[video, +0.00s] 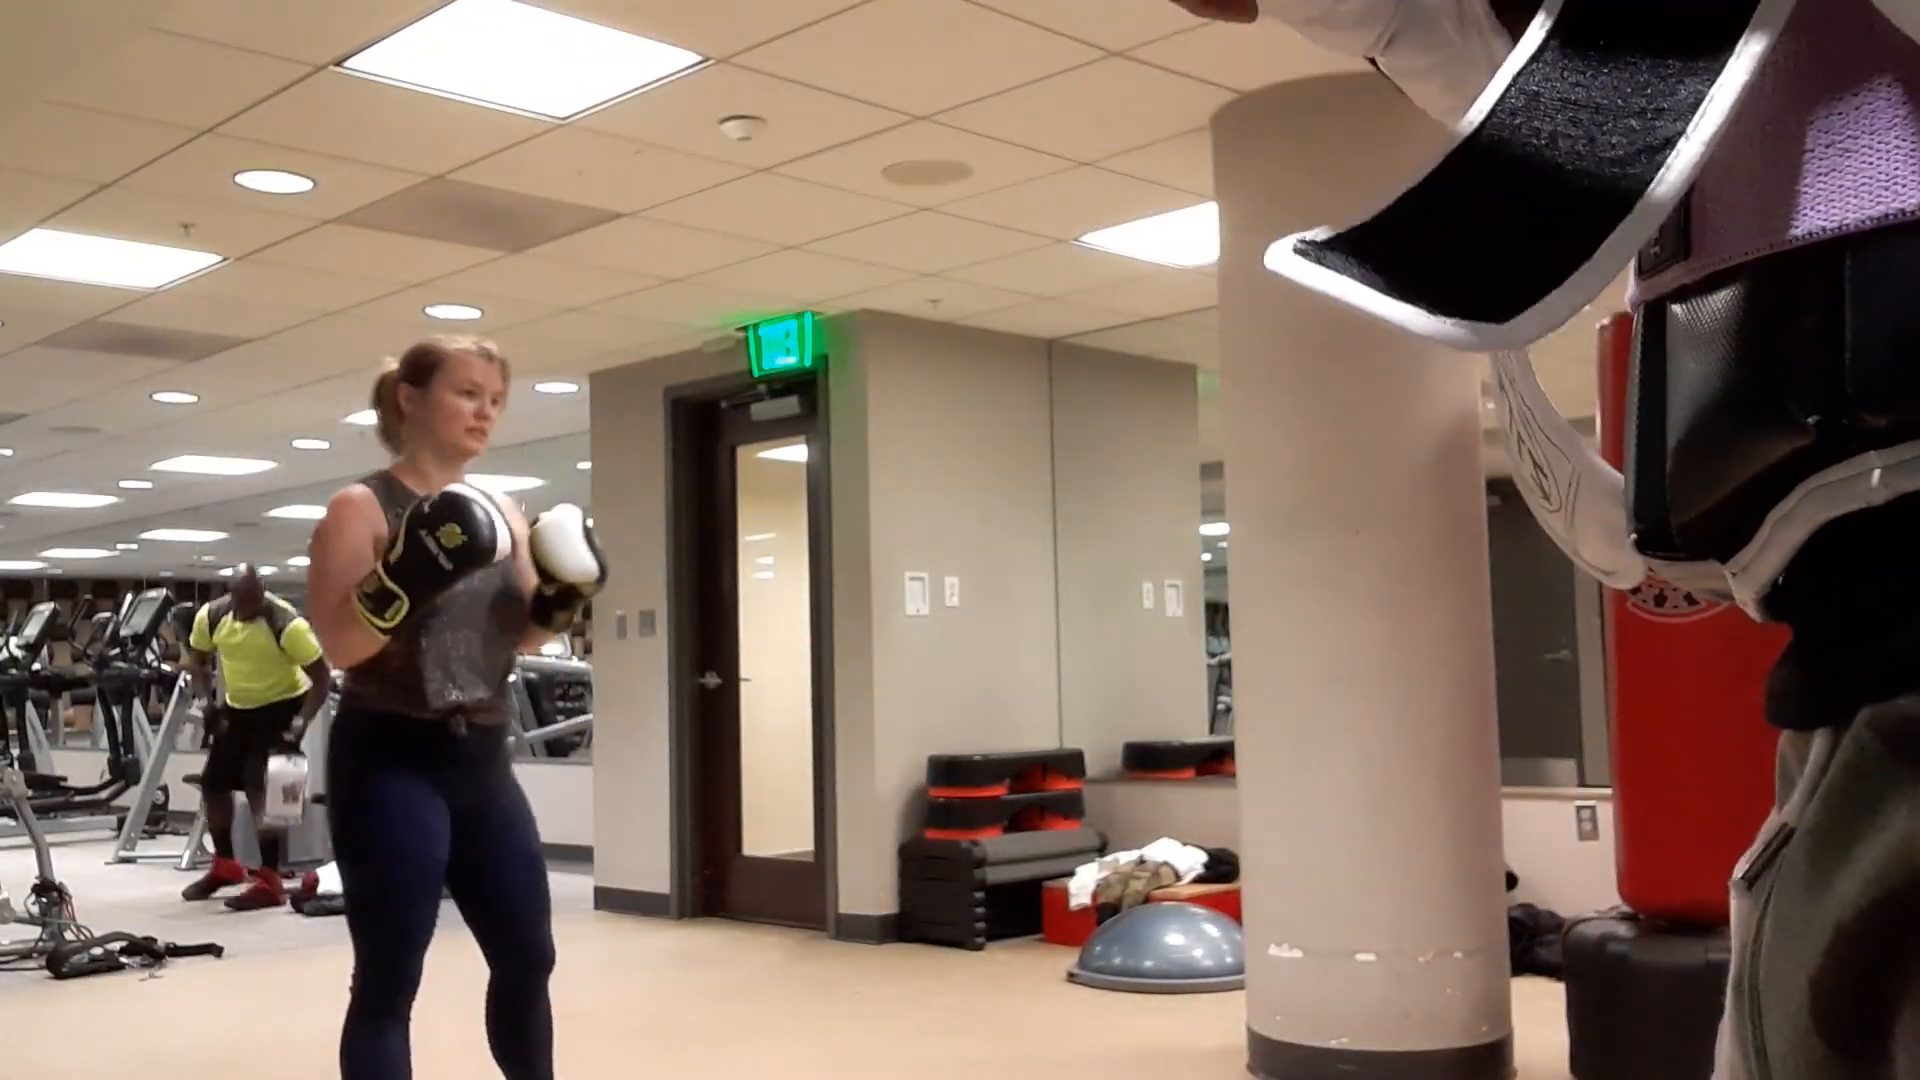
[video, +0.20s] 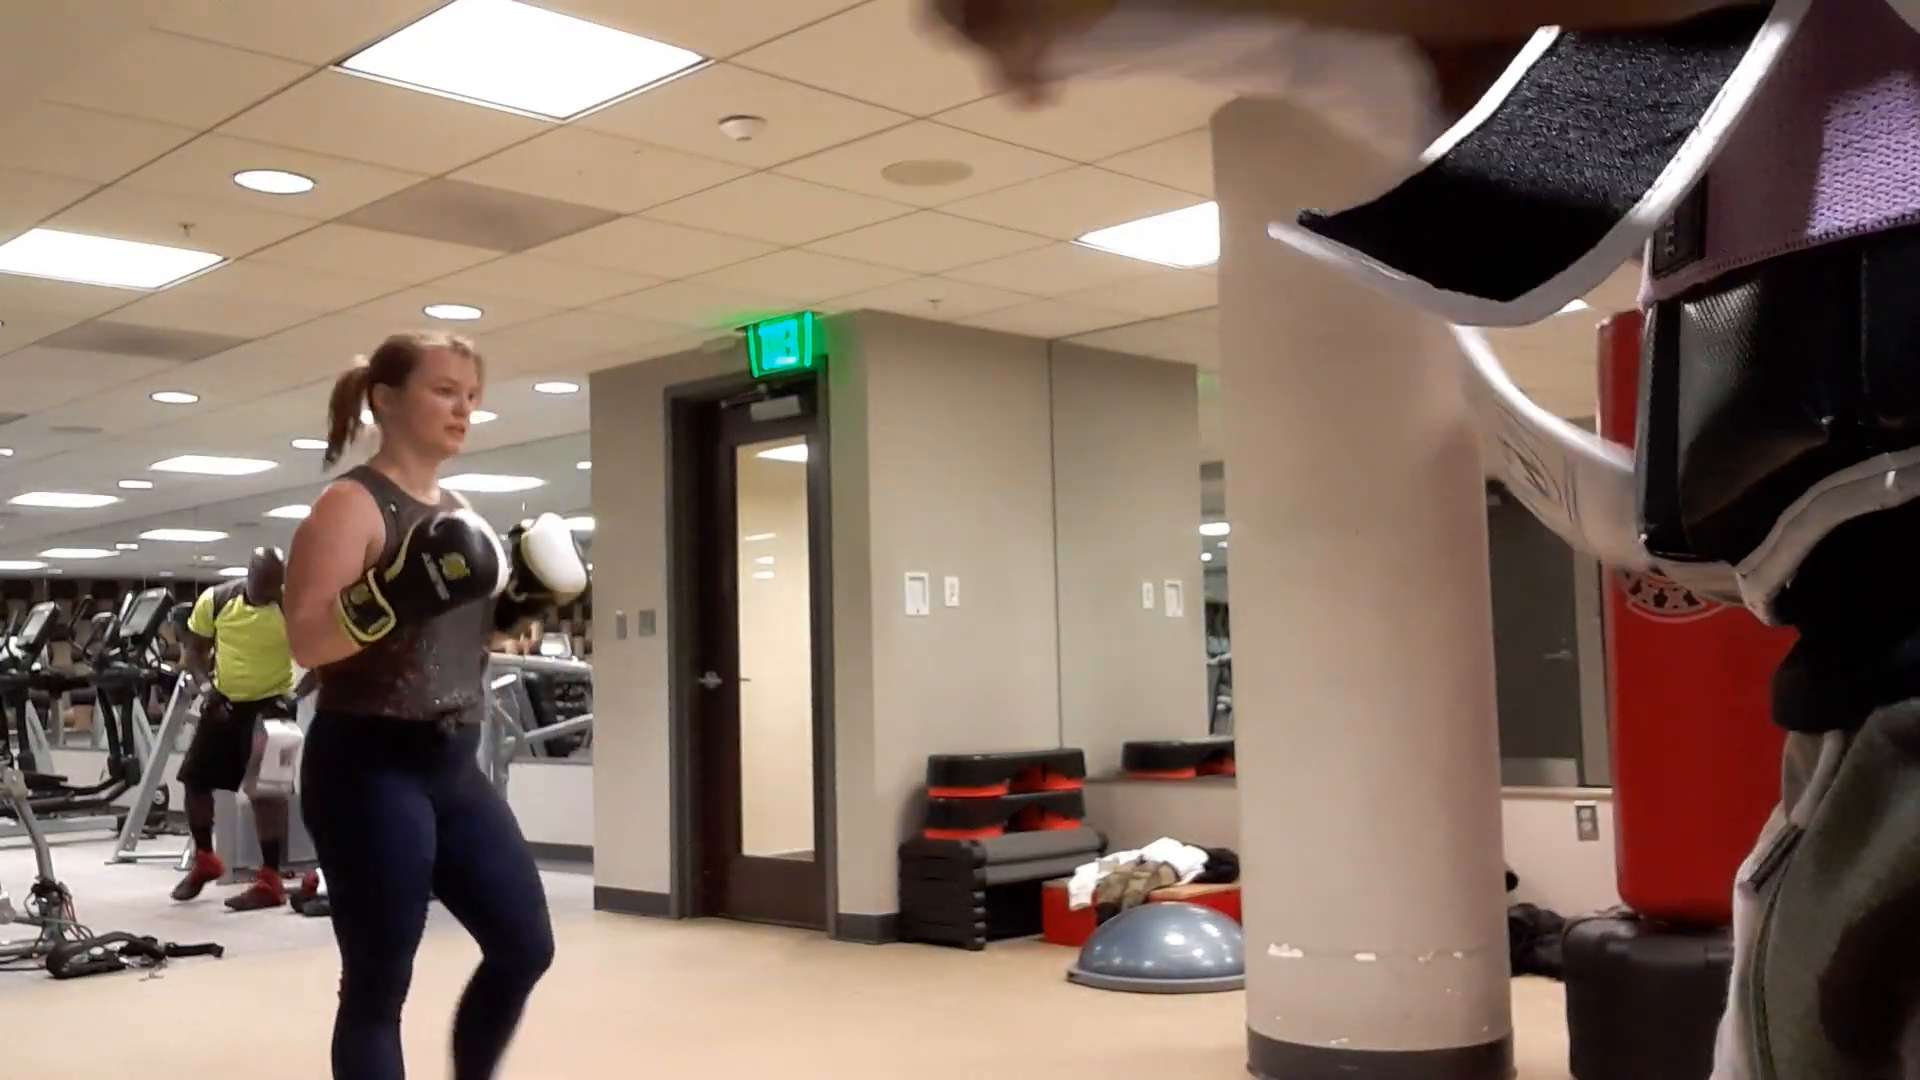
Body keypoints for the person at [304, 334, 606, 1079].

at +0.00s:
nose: (484, 413)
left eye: (493, 403)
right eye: (466, 395)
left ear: (499, 415)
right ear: (410, 399)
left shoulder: (499, 513)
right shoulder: (359, 509)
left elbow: (520, 635)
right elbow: (338, 647)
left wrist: (560, 598)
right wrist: (405, 579)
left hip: (479, 761)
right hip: (386, 760)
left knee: (526, 959)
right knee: (387, 981)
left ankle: (532, 1078)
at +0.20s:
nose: (462, 411)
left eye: (470, 399)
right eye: (444, 393)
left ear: (475, 410)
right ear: (386, 400)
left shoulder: (450, 509)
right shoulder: (347, 505)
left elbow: (456, 643)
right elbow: (306, 643)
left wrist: (523, 602)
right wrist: (396, 595)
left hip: (448, 765)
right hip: (365, 769)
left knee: (523, 948)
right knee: (375, 991)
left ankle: (470, 1072)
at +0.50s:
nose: (419, 412)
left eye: (427, 399)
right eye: (400, 394)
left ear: (430, 408)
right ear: (340, 401)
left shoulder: (409, 509)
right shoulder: (314, 507)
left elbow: (424, 634)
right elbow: (285, 647)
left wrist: (486, 598)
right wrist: (389, 596)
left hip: (424, 761)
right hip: (350, 764)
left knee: (427, 979)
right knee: (372, 991)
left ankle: (322, 1065)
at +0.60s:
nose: (402, 414)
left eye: (410, 401)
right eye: (383, 396)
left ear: (413, 410)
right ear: (325, 404)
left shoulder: (392, 513)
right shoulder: (302, 507)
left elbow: (410, 641)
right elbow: (273, 645)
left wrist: (477, 596)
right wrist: (376, 591)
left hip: (413, 759)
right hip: (342, 761)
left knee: (385, 982)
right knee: (365, 986)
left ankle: (292, 1069)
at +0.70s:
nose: (387, 414)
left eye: (394, 400)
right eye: (367, 397)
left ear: (396, 409)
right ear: (309, 405)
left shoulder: (370, 513)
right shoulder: (287, 507)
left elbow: (390, 641)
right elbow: (258, 644)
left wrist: (459, 596)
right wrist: (358, 589)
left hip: (383, 760)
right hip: (320, 762)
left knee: (351, 973)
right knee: (357, 979)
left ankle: (270, 1069)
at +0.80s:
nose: (373, 417)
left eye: (380, 403)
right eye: (354, 400)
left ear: (383, 411)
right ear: (296, 408)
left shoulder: (360, 514)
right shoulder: (269, 509)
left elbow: (372, 641)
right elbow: (238, 643)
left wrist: (437, 603)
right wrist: (336, 595)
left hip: (360, 763)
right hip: (296, 767)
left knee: (316, 985)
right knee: (346, 991)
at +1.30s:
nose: (296, 423)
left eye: (305, 411)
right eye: (278, 403)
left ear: (312, 420)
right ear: (219, 405)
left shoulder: (281, 518)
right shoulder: (172, 508)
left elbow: (282, 645)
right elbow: (118, 637)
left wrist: (344, 613)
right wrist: (209, 602)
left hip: (281, 755)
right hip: (197, 758)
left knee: (270, 972)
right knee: (272, 973)